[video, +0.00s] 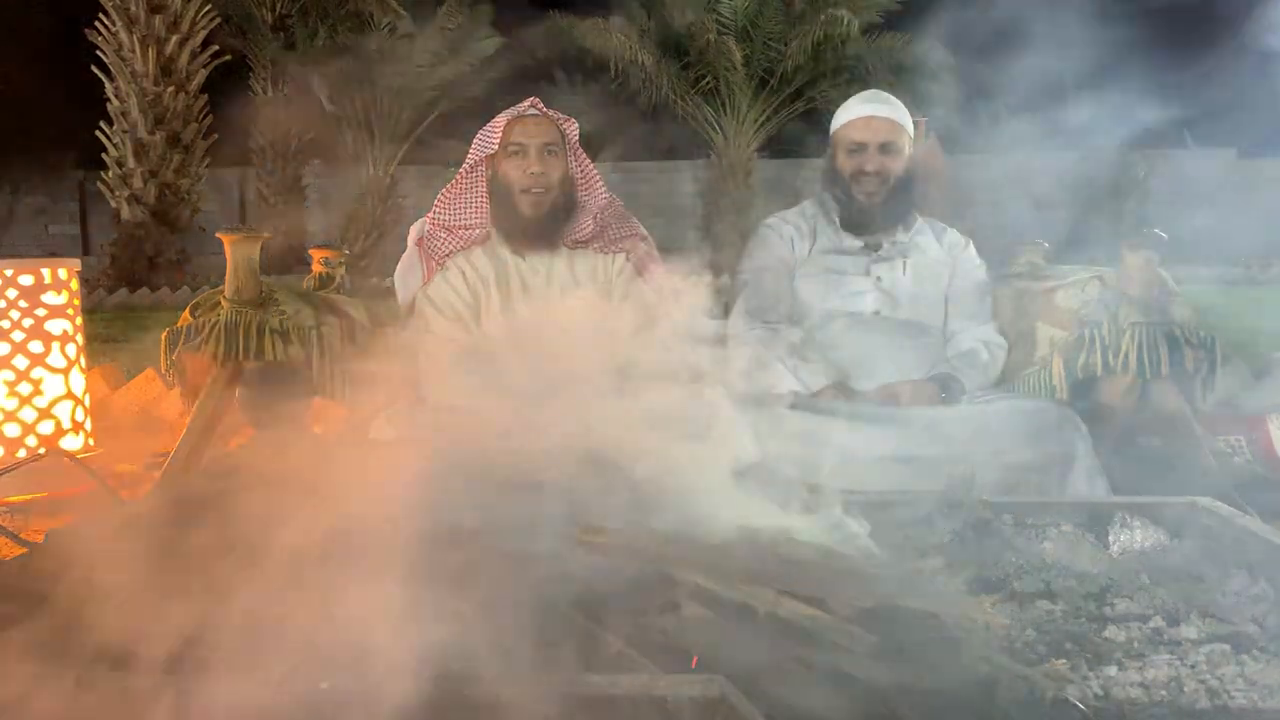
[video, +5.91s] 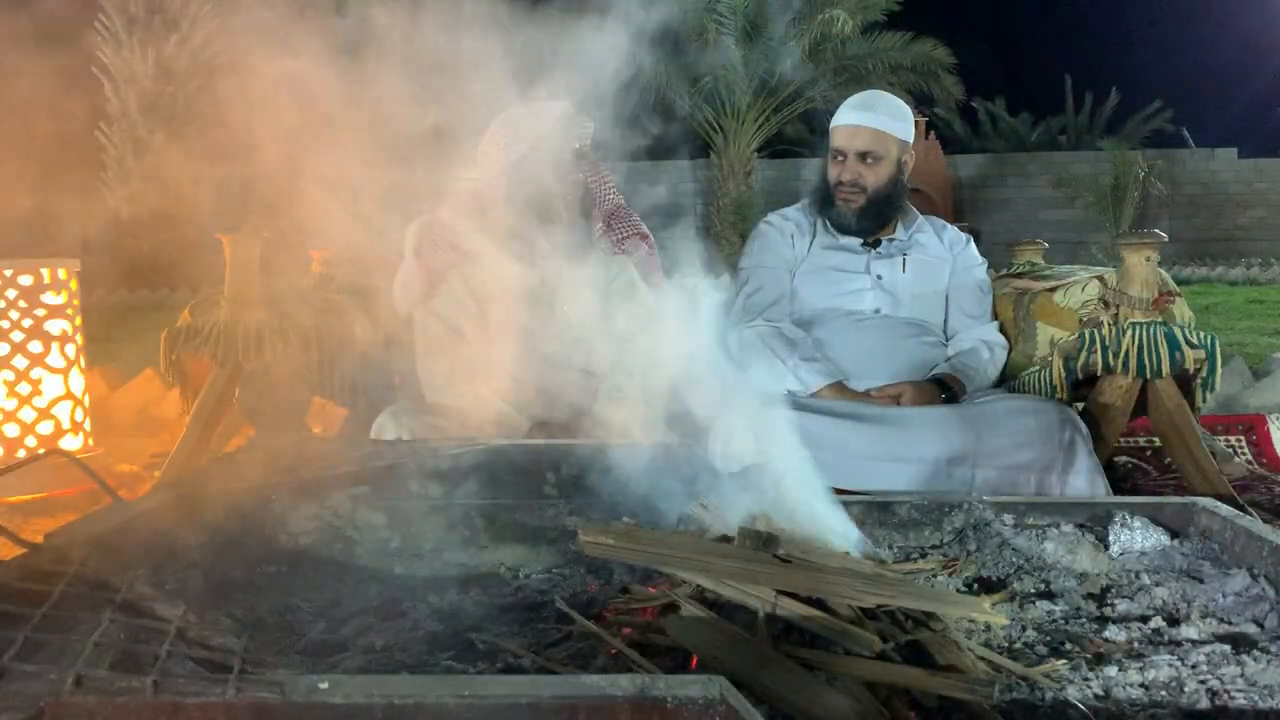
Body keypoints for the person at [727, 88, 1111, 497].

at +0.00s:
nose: (870, 165)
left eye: (887, 151)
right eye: (856, 150)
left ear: (910, 159)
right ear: (832, 156)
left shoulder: (951, 248)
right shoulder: (785, 236)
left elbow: (982, 347)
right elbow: (751, 345)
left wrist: (936, 389)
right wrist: (821, 395)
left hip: (932, 422)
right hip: (823, 421)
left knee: (1052, 424)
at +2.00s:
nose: (871, 168)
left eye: (888, 153)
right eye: (857, 152)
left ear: (911, 162)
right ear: (833, 157)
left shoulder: (951, 248)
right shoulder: (785, 236)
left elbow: (981, 344)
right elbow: (757, 333)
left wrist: (939, 389)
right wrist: (836, 396)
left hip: (935, 420)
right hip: (823, 417)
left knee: (1055, 426)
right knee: (762, 434)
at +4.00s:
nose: (841, 168)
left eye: (859, 156)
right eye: (837, 152)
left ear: (900, 167)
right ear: (823, 155)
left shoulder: (952, 251)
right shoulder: (779, 239)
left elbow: (981, 342)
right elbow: (745, 346)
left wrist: (939, 386)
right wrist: (820, 390)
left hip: (930, 423)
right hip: (818, 421)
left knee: (1053, 426)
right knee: (746, 418)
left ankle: (1084, 579)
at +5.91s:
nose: (847, 174)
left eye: (867, 159)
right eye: (838, 157)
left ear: (905, 164)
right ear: (826, 159)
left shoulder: (951, 246)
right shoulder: (784, 233)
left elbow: (981, 342)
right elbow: (756, 331)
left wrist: (939, 388)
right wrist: (838, 396)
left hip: (933, 419)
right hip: (817, 415)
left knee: (1054, 425)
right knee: (744, 428)